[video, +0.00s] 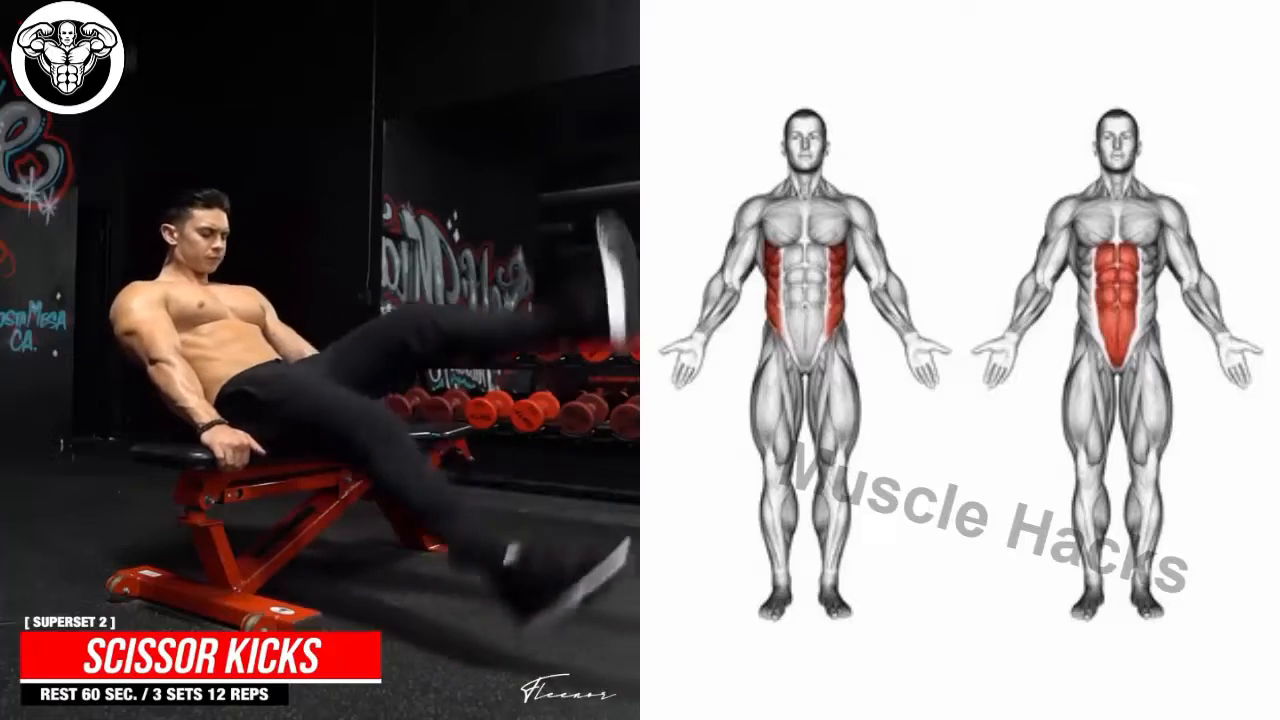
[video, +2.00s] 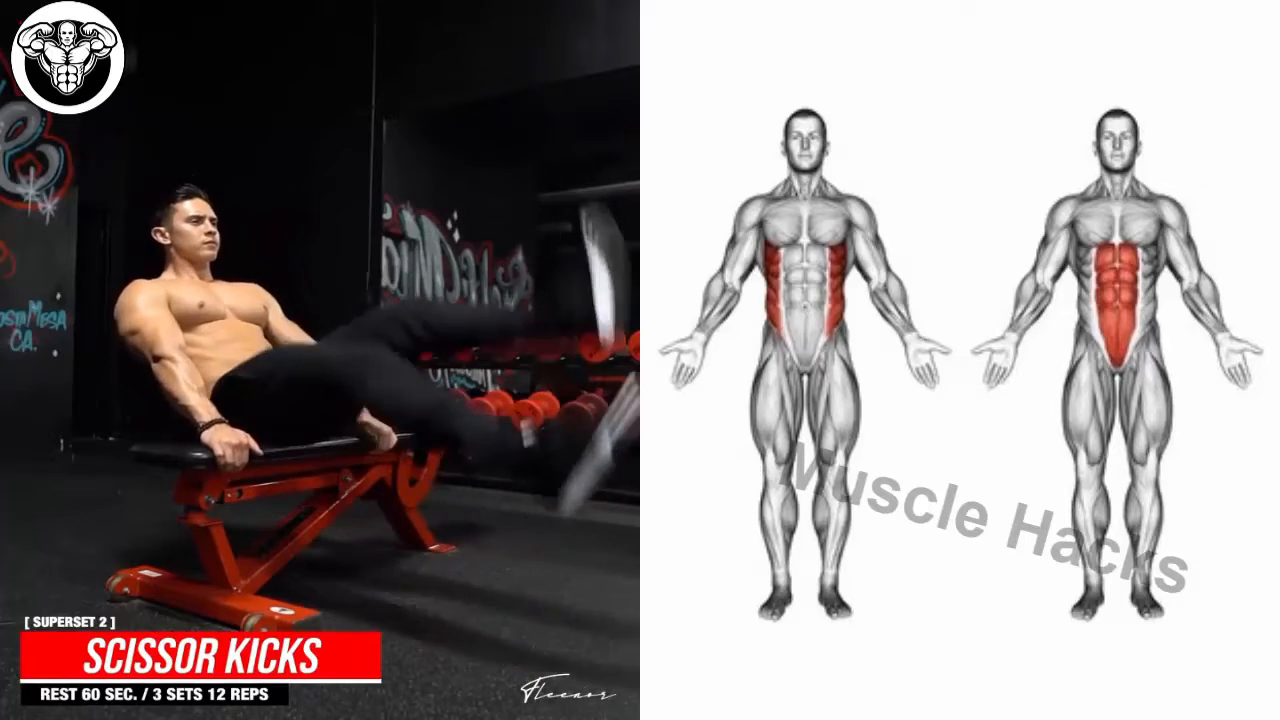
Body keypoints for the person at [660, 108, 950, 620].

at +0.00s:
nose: (804, 145)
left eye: (812, 138)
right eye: (797, 138)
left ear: (825, 145)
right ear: (785, 146)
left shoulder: (851, 211)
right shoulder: (758, 211)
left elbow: (881, 281)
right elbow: (729, 281)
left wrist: (909, 336)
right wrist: (700, 336)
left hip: (832, 356)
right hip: (777, 355)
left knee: (834, 468)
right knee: (777, 469)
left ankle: (829, 584)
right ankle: (780, 585)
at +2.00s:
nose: (804, 145)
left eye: (812, 138)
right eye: (797, 138)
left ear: (825, 145)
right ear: (785, 146)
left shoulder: (851, 211)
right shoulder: (758, 211)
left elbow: (881, 281)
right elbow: (729, 281)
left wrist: (909, 336)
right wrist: (700, 336)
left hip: (832, 355)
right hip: (778, 355)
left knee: (834, 468)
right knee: (777, 469)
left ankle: (829, 584)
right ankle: (780, 585)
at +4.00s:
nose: (805, 145)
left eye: (812, 138)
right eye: (797, 138)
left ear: (825, 145)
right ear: (785, 146)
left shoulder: (851, 211)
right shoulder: (758, 211)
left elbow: (881, 281)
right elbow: (729, 281)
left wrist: (910, 336)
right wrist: (700, 336)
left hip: (832, 356)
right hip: (777, 355)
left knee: (834, 467)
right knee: (777, 469)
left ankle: (829, 584)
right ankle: (780, 585)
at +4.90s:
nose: (805, 145)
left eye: (812, 138)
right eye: (797, 138)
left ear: (825, 145)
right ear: (785, 145)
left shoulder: (851, 211)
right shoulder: (758, 211)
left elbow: (881, 281)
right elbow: (729, 281)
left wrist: (909, 336)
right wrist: (700, 336)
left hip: (832, 355)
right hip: (777, 355)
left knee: (834, 467)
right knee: (777, 469)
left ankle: (830, 584)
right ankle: (780, 585)